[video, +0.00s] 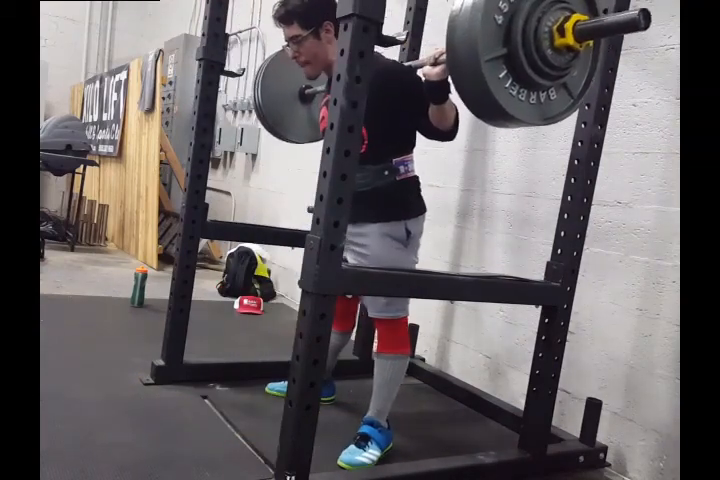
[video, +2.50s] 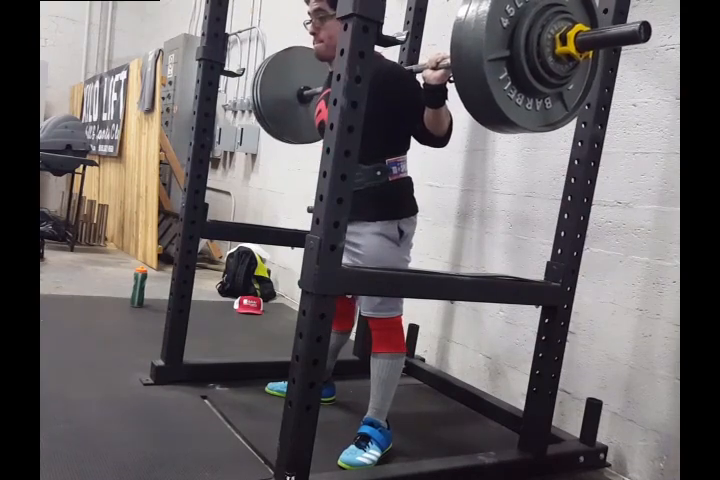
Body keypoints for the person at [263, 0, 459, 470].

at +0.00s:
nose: (293, 53)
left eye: (298, 42)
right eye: (288, 44)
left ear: (330, 31)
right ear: (321, 36)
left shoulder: (390, 78)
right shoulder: (330, 83)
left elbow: (445, 129)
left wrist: (437, 85)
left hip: (389, 217)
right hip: (341, 213)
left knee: (388, 314)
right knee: (335, 301)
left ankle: (377, 424)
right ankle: (318, 379)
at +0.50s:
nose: (300, 30)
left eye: (308, 20)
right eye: (301, 21)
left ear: (340, 22)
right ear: (328, 25)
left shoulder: (388, 76)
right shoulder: (329, 80)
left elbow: (434, 135)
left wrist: (429, 86)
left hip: (379, 213)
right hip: (333, 210)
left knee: (378, 310)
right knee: (329, 299)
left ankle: (375, 423)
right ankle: (318, 379)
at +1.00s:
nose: (300, 22)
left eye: (309, 13)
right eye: (300, 14)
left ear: (339, 20)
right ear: (322, 24)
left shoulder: (387, 74)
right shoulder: (327, 82)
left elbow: (436, 132)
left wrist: (429, 85)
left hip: (381, 212)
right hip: (334, 211)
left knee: (382, 311)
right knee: (330, 300)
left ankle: (375, 423)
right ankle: (318, 379)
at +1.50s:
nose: (302, 36)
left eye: (309, 25)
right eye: (299, 27)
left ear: (342, 23)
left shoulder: (390, 77)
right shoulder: (327, 82)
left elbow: (437, 133)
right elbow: (332, 141)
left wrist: (432, 85)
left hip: (376, 212)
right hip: (330, 209)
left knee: (376, 310)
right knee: (327, 301)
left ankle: (375, 424)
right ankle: (317, 379)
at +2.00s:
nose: (310, 31)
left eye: (317, 20)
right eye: (307, 22)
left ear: (348, 19)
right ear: (320, 25)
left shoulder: (387, 74)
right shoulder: (329, 78)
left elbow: (433, 135)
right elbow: (328, 139)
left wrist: (431, 87)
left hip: (377, 215)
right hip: (331, 212)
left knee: (377, 311)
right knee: (327, 301)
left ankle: (375, 424)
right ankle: (317, 379)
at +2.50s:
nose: (312, 32)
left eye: (319, 21)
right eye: (310, 23)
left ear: (349, 22)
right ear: (331, 27)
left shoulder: (391, 78)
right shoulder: (333, 80)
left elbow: (438, 136)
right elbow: (325, 126)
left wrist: (435, 88)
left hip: (382, 217)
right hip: (335, 213)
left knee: (382, 312)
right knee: (332, 302)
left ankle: (376, 424)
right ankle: (318, 380)